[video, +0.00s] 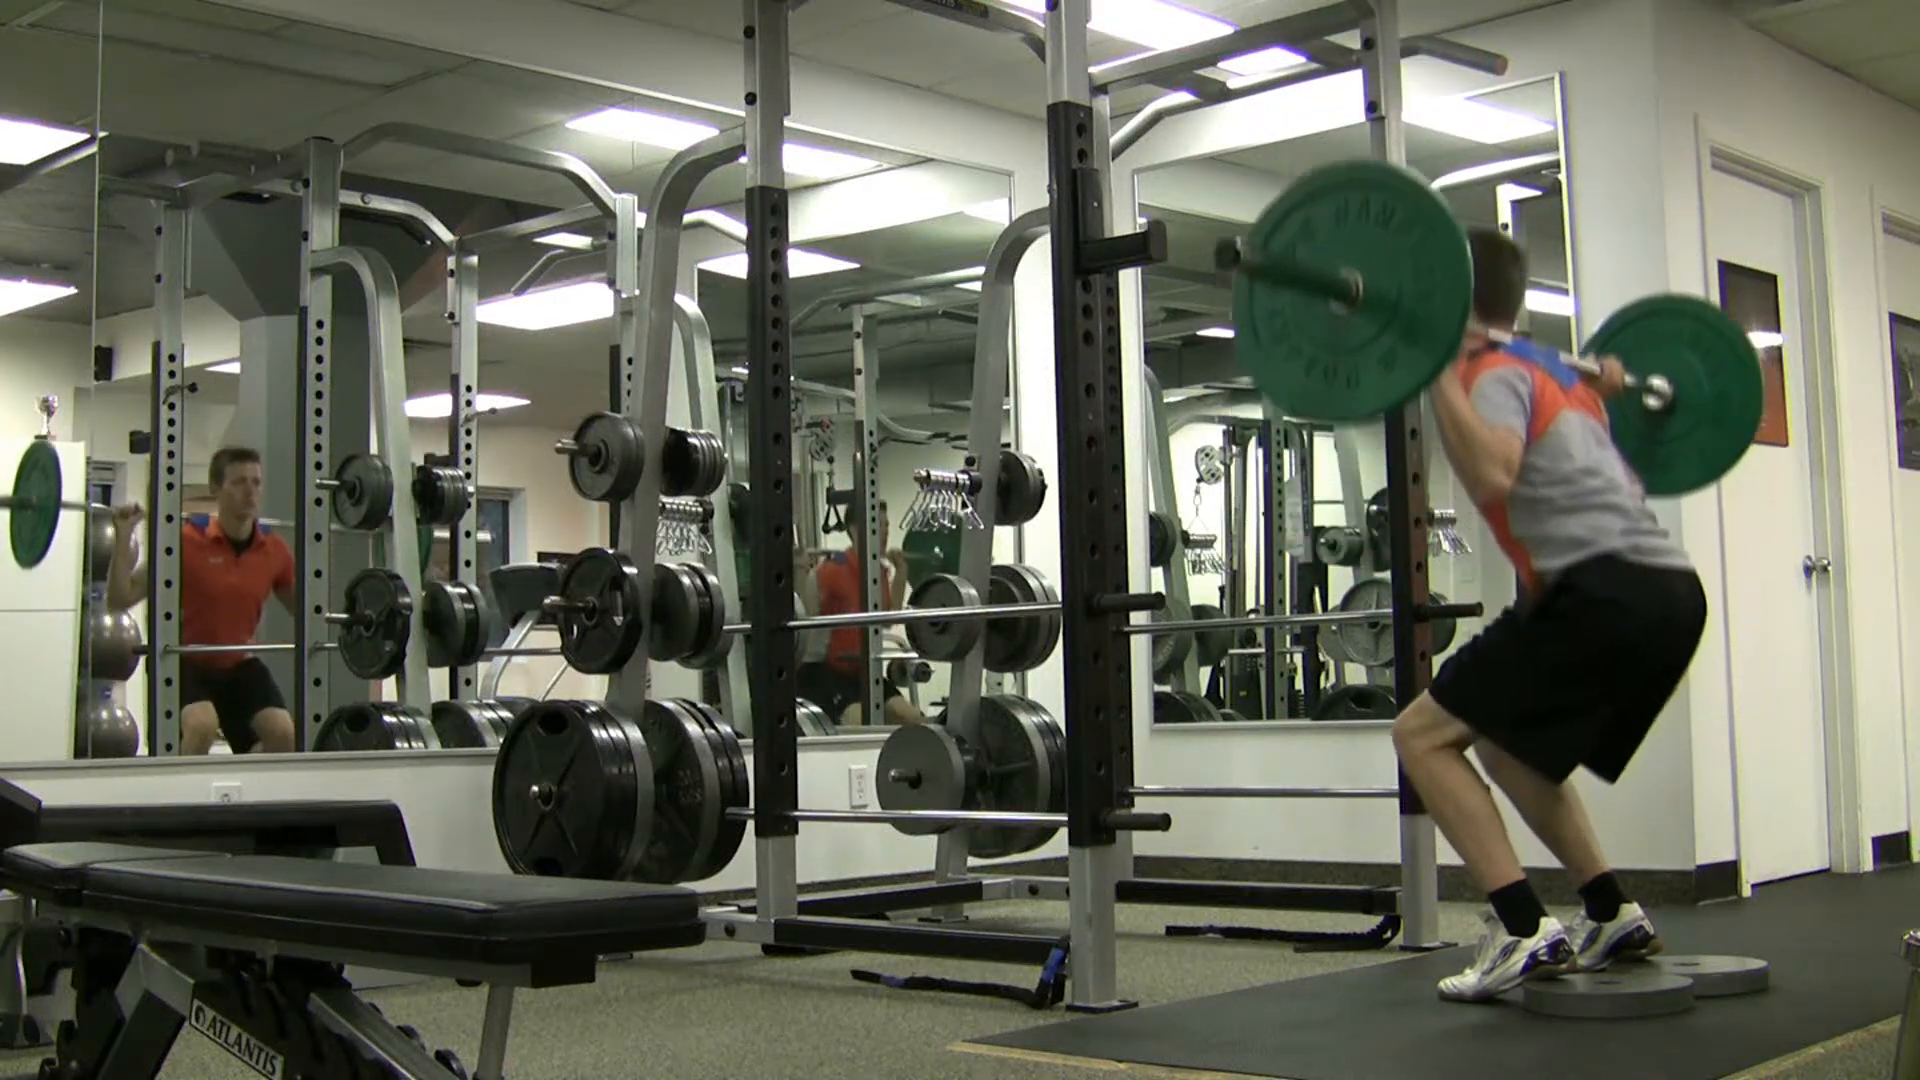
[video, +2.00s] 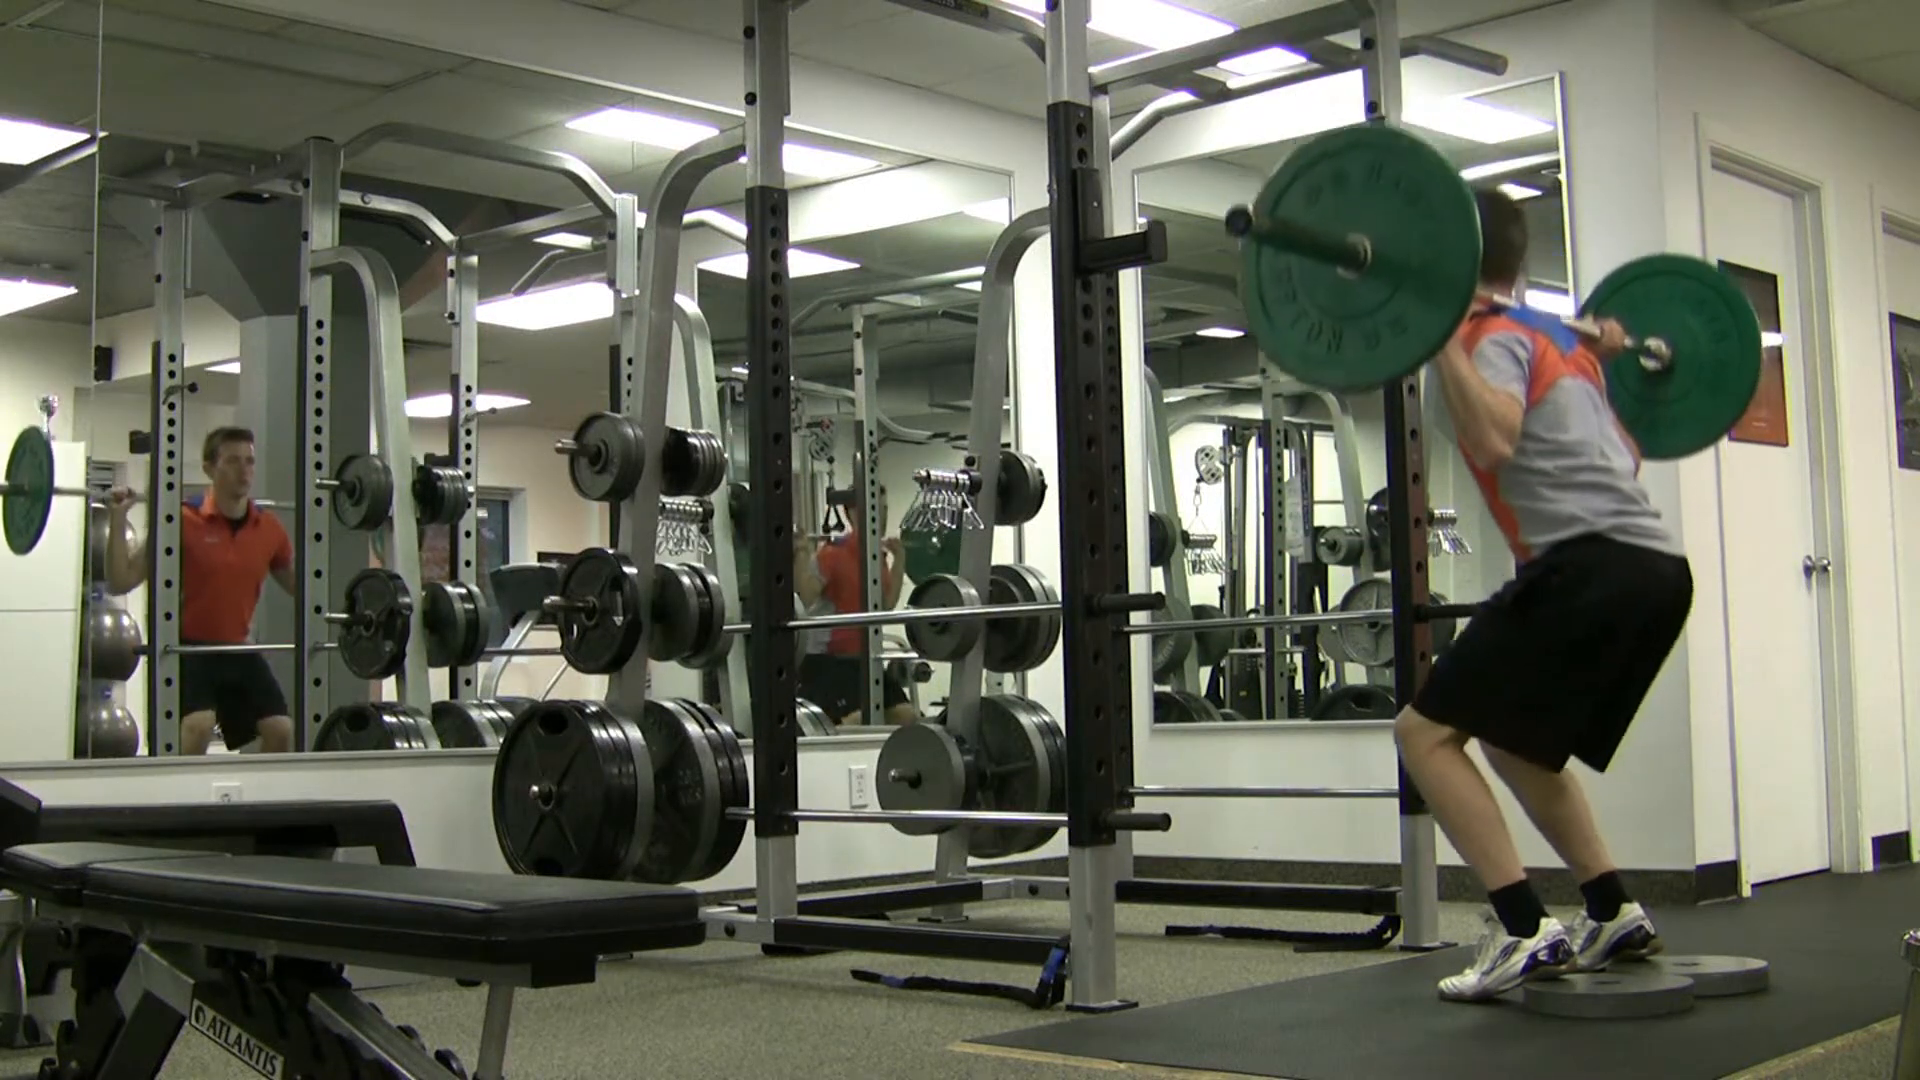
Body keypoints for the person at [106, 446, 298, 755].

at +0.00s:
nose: (250, 491)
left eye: (256, 482)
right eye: (239, 482)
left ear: (262, 488)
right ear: (215, 489)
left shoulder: (273, 550)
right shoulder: (185, 541)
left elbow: (307, 612)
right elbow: (121, 600)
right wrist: (123, 535)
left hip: (240, 666)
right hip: (186, 664)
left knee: (282, 731)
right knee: (202, 727)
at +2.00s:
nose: (245, 471)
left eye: (250, 461)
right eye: (234, 461)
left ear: (256, 467)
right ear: (209, 467)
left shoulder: (268, 527)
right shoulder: (181, 521)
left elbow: (301, 589)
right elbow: (121, 581)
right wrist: (118, 516)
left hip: (239, 652)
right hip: (187, 651)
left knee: (279, 730)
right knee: (198, 726)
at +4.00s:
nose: (250, 443)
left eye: (255, 435)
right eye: (239, 434)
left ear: (262, 441)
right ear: (215, 442)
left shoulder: (273, 502)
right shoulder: (185, 494)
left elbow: (309, 564)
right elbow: (124, 558)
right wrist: (123, 490)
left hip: (243, 633)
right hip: (188, 632)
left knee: (271, 719)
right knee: (198, 715)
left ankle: (270, 803)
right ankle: (178, 803)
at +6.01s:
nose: (247, 479)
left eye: (252, 470)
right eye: (236, 470)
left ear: (258, 476)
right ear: (213, 477)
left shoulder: (271, 535)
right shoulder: (184, 530)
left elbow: (306, 600)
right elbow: (122, 593)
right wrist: (121, 527)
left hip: (242, 657)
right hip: (190, 656)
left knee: (282, 733)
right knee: (200, 728)